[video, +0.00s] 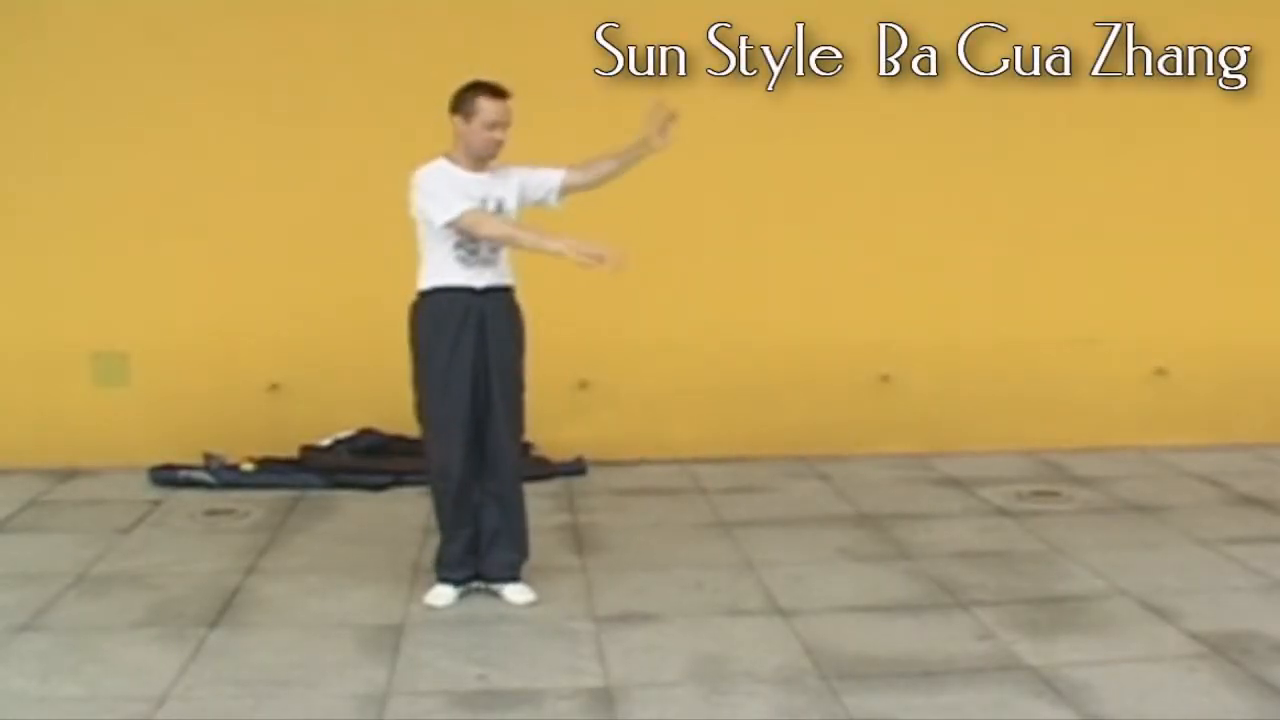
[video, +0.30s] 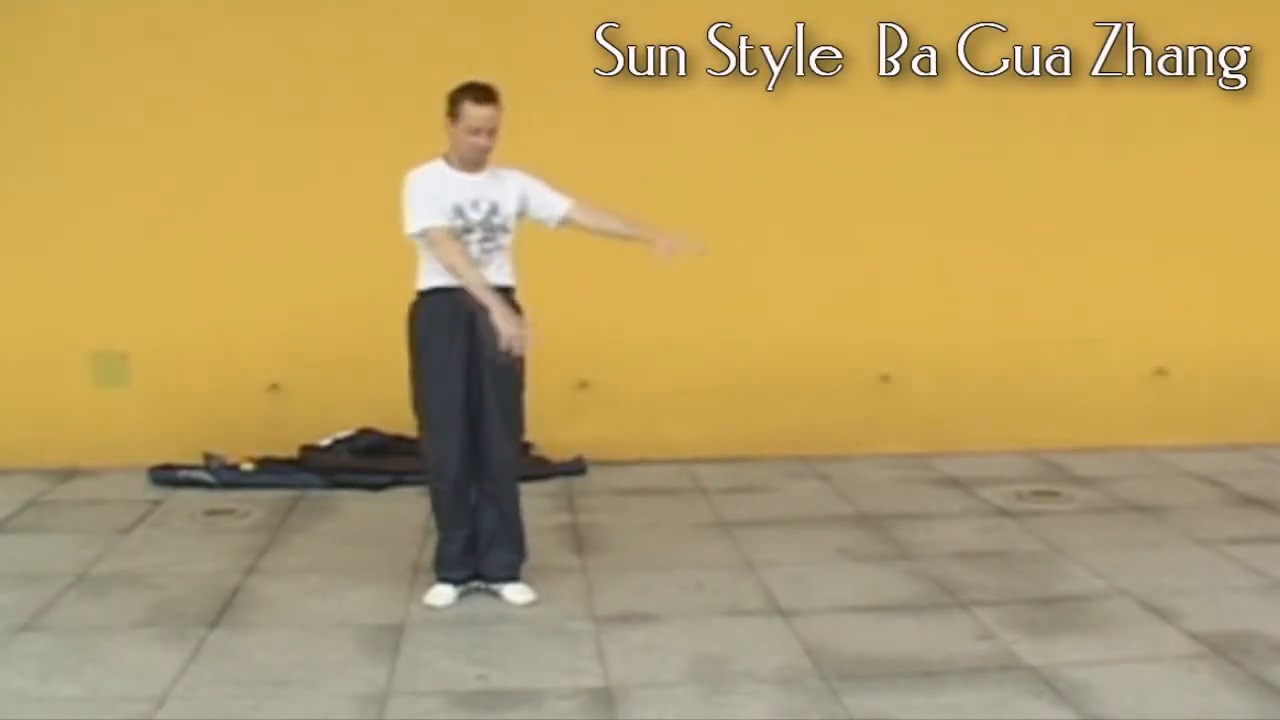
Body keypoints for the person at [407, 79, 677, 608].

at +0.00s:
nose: (499, 138)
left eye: (504, 128)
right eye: (490, 127)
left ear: (505, 130)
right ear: (459, 124)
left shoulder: (508, 181)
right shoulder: (432, 179)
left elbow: (577, 178)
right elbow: (479, 228)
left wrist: (644, 146)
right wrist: (565, 246)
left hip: (499, 316)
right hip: (444, 317)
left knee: (501, 443)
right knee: (449, 445)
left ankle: (503, 568)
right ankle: (454, 570)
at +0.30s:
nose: (484, 141)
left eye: (492, 131)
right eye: (474, 130)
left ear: (499, 132)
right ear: (450, 128)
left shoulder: (512, 184)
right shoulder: (425, 182)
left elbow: (579, 214)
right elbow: (446, 251)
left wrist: (652, 235)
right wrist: (496, 307)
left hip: (499, 310)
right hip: (441, 313)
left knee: (500, 445)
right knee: (447, 445)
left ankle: (501, 569)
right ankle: (452, 570)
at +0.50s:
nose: (475, 142)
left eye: (483, 132)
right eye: (465, 132)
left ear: (493, 131)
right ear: (445, 131)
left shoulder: (513, 186)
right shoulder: (420, 183)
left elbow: (564, 244)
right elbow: (416, 261)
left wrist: (615, 299)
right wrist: (439, 331)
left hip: (495, 314)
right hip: (437, 314)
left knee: (498, 445)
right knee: (445, 448)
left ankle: (501, 568)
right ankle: (452, 570)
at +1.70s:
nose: (466, 170)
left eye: (470, 158)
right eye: (456, 158)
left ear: (468, 161)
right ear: (419, 160)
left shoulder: (480, 212)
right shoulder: (384, 216)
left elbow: (557, 200)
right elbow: (386, 292)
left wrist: (604, 148)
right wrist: (473, 323)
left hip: (458, 355)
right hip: (399, 352)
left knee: (446, 492)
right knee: (397, 487)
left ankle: (424, 632)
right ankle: (448, 558)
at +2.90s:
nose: (770, 144)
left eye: (767, 131)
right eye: (766, 131)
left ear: (712, 133)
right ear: (747, 132)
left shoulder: (685, 195)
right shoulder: (713, 204)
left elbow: (742, 209)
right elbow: (763, 319)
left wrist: (797, 184)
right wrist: (801, 363)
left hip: (715, 400)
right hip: (706, 404)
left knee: (806, 560)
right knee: (748, 584)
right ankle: (674, 710)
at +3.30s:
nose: (988, 152)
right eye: (988, 143)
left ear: (925, 146)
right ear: (984, 145)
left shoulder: (888, 215)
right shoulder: (994, 214)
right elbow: (1043, 321)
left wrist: (884, 183)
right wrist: (991, 346)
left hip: (915, 414)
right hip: (974, 410)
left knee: (1014, 566)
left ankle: (1043, 707)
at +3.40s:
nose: (1024, 150)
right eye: (1028, 140)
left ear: (973, 140)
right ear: (1030, 141)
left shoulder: (937, 205)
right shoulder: (1051, 209)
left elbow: (899, 216)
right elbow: (1093, 310)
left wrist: (899, 181)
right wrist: (1045, 342)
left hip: (959, 400)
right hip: (1030, 396)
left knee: (1027, 548)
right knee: (1107, 539)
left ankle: (1038, 682)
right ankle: (1075, 678)